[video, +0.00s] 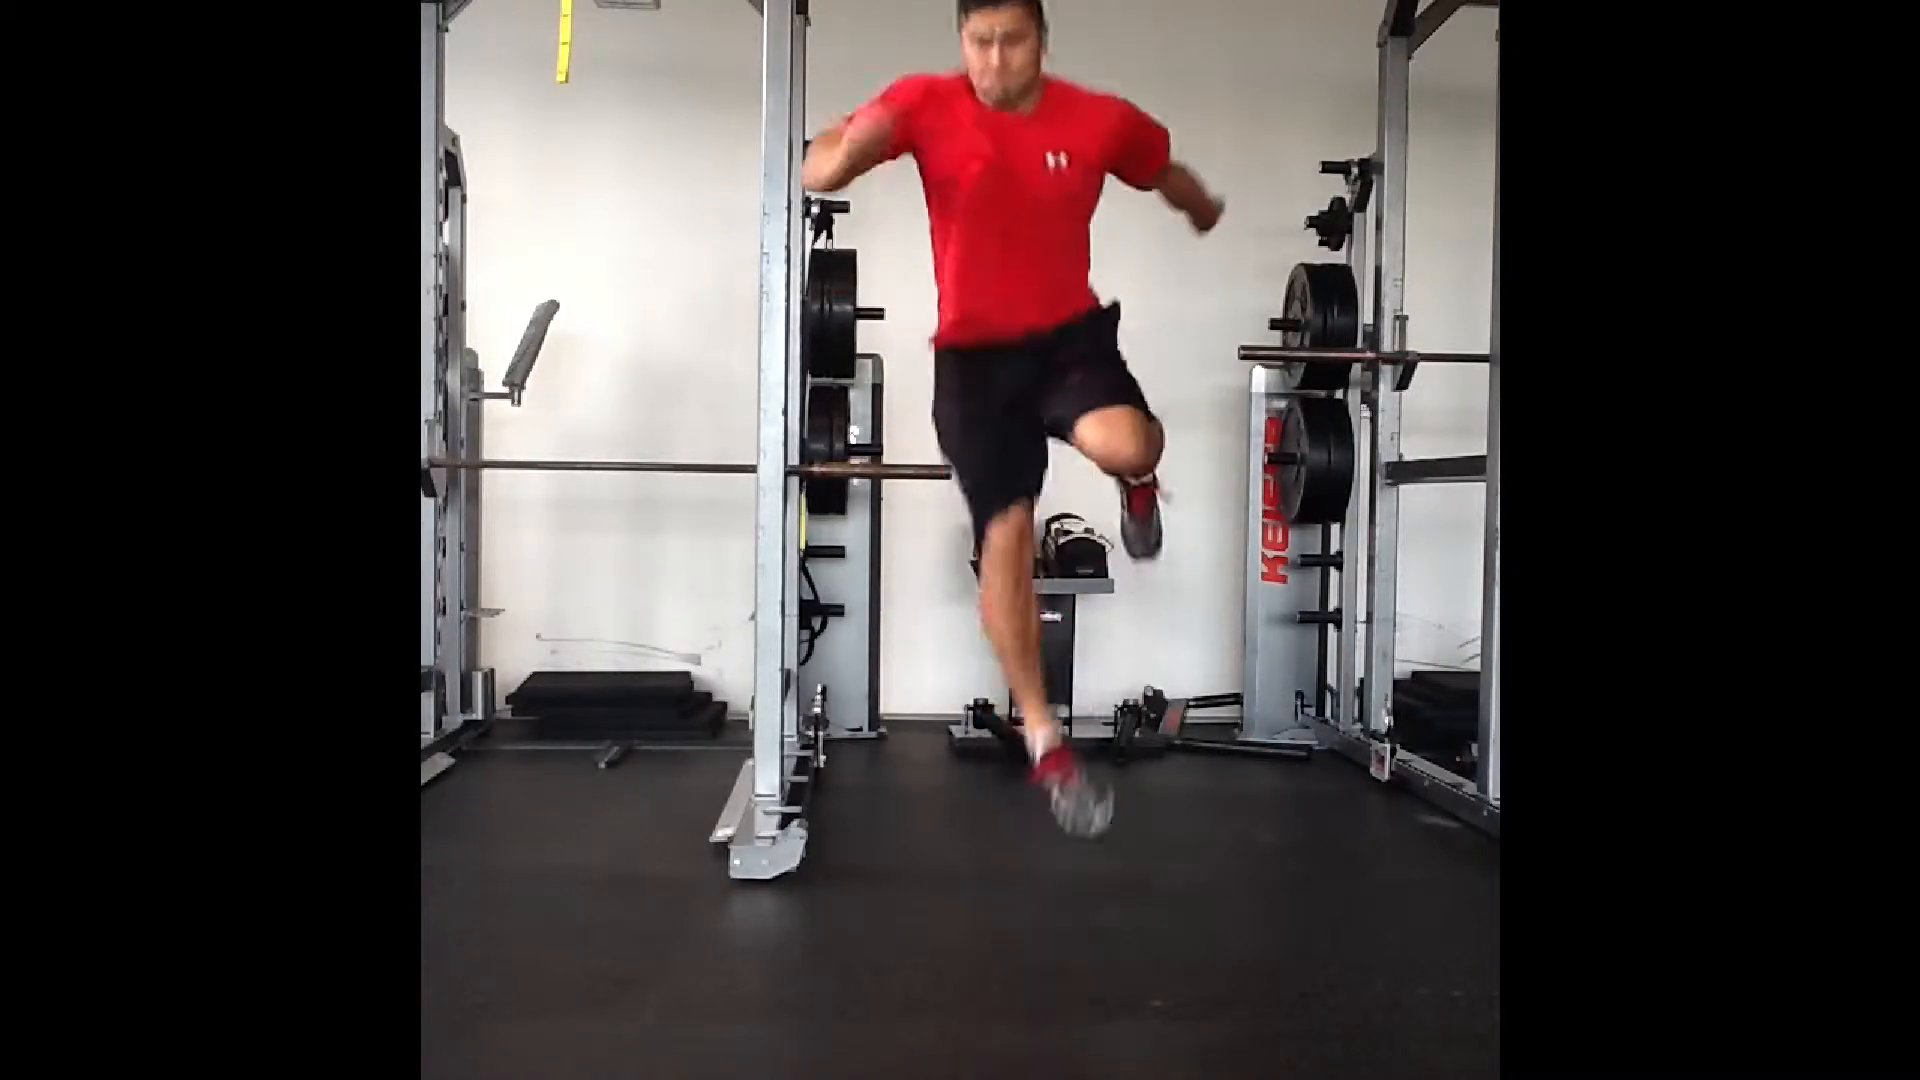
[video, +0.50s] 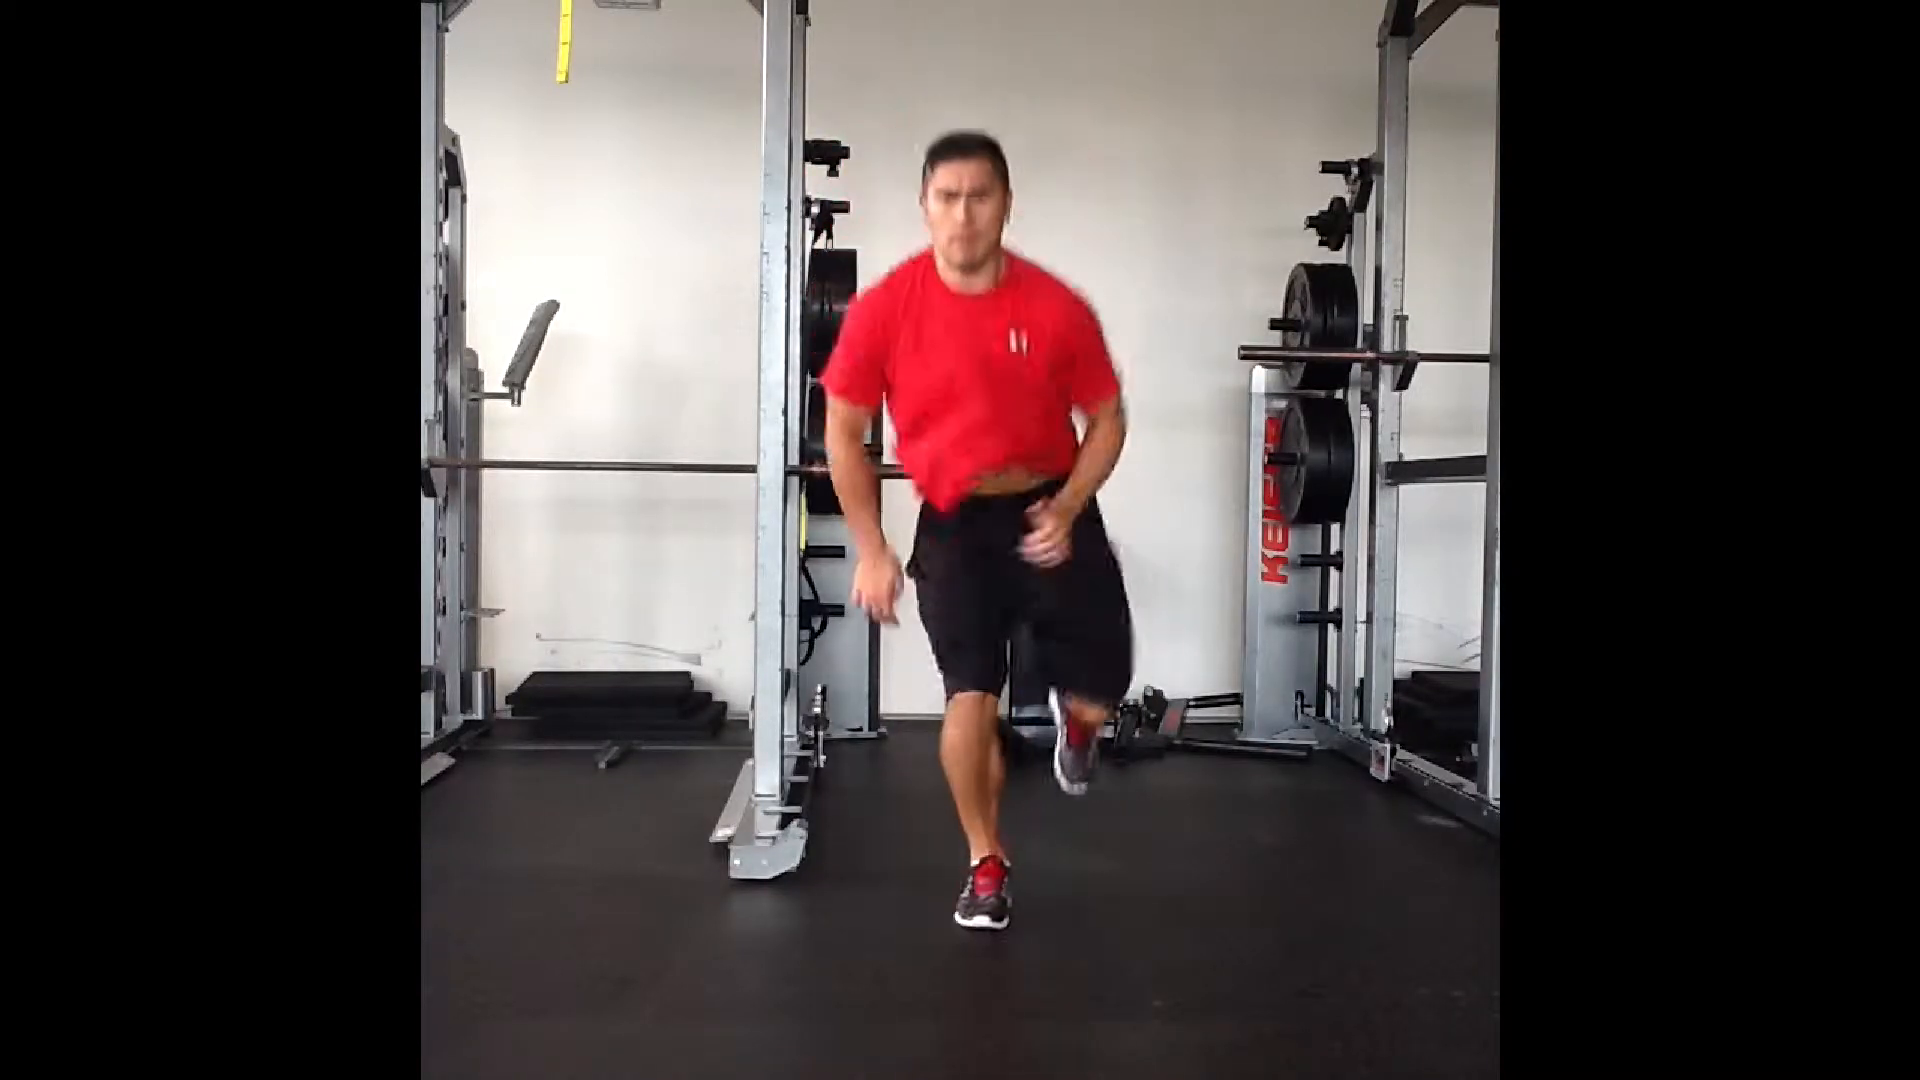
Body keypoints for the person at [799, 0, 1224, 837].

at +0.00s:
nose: (997, 59)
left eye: (1012, 41)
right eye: (982, 42)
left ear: (1041, 41)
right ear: (963, 42)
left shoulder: (1100, 121)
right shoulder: (923, 105)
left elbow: (1169, 178)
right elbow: (816, 176)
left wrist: (1203, 212)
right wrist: (850, 141)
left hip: (1071, 336)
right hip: (974, 353)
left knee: (1127, 447)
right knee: (1007, 533)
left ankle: (1137, 487)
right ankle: (1042, 740)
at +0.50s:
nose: (963, 213)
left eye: (978, 197)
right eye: (947, 198)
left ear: (1005, 207)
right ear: (926, 209)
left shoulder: (1057, 308)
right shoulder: (883, 310)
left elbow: (1108, 421)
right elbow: (844, 429)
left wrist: (1066, 506)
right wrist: (871, 549)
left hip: (1056, 510)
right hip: (956, 521)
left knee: (1098, 690)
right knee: (971, 693)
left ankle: (1077, 725)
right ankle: (985, 863)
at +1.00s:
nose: (951, 268)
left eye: (968, 249)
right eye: (933, 250)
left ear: (993, 258)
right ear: (909, 260)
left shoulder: (1042, 357)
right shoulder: (870, 350)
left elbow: (1053, 492)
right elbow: (851, 411)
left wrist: (977, 416)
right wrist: (859, 464)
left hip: (1049, 552)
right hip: (943, 558)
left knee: (1065, 710)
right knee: (957, 698)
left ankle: (1067, 752)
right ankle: (981, 860)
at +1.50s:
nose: (918, 150)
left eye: (933, 132)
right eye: (899, 136)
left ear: (958, 143)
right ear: (878, 155)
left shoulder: (1027, 242)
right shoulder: (854, 275)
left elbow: (1099, 361)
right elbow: (860, 412)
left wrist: (1123, 478)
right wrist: (872, 524)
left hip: (1061, 488)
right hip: (954, 506)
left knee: (1116, 661)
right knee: (968, 684)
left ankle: (1143, 728)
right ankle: (985, 860)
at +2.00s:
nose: (951, 125)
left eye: (968, 108)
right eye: (935, 109)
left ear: (996, 118)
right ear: (914, 122)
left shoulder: (1052, 227)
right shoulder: (873, 238)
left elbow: (1095, 355)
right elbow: (853, 374)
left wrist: (1111, 476)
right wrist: (856, 498)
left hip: (1046, 485)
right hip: (935, 496)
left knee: (1075, 668)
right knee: (957, 681)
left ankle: (1092, 760)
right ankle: (981, 859)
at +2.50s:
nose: (958, 121)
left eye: (975, 105)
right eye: (942, 105)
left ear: (1002, 118)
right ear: (920, 120)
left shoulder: (1056, 230)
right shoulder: (876, 238)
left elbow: (1097, 358)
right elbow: (853, 373)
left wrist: (1111, 482)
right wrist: (858, 494)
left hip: (1047, 488)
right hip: (936, 498)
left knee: (1072, 672)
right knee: (960, 683)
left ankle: (1081, 762)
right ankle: (983, 858)